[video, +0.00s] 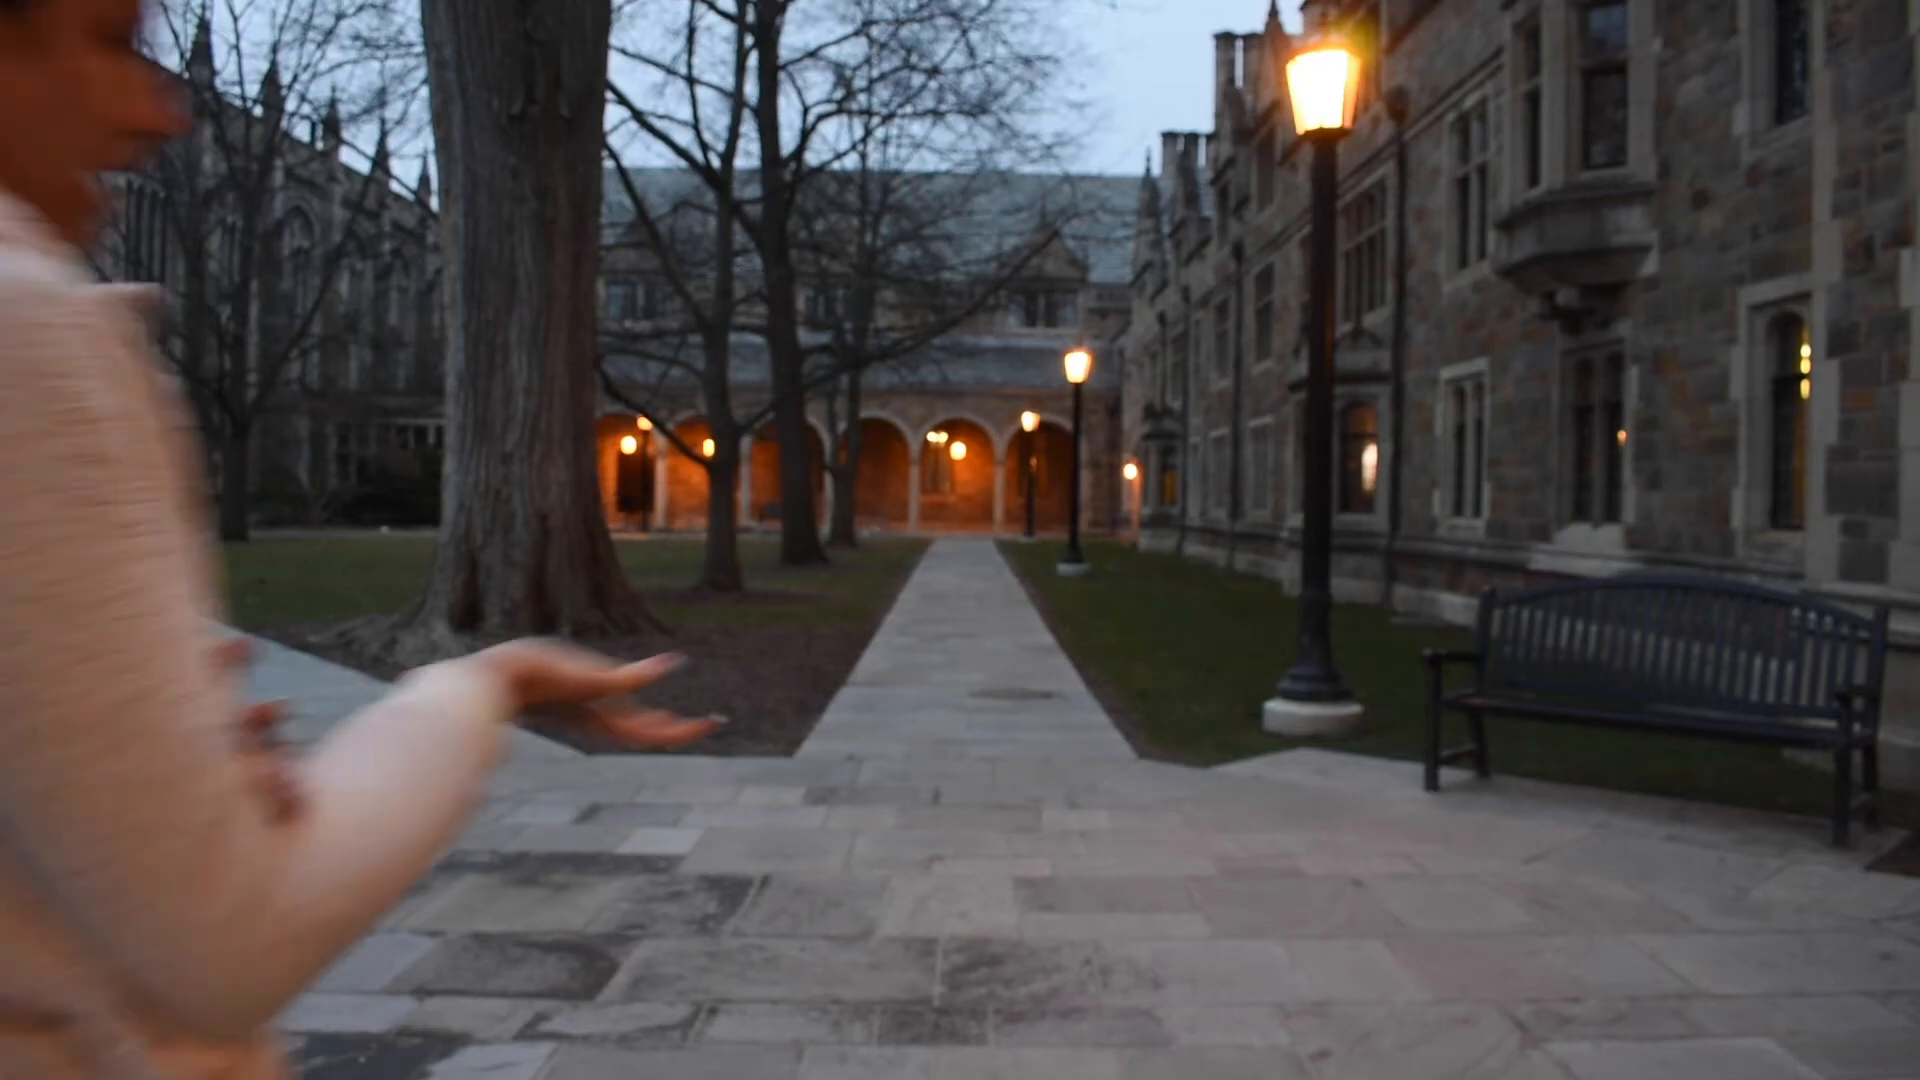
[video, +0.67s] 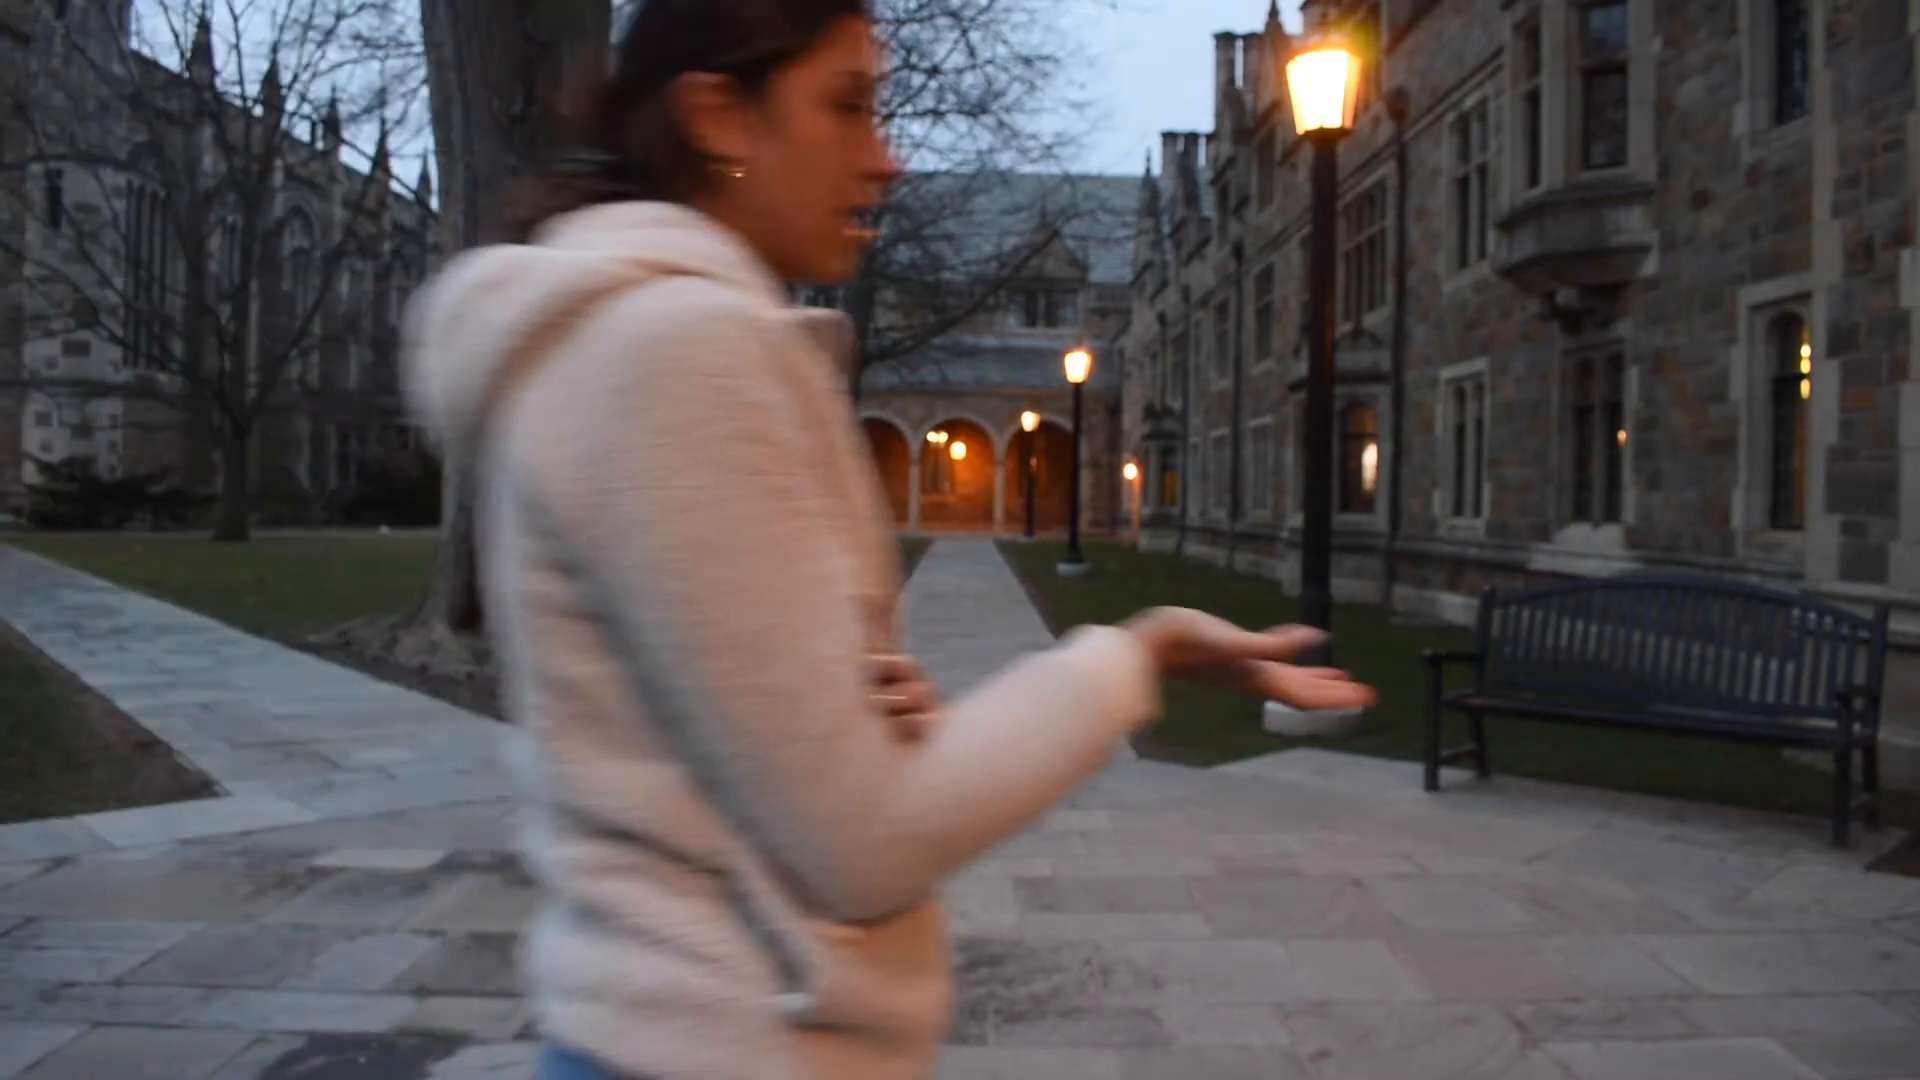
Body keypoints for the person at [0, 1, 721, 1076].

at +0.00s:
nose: (164, 107)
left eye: (143, 46)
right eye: (116, 40)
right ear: (11, 40)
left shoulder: (42, 316)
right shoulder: (32, 322)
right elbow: (222, 946)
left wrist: (170, 754)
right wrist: (483, 686)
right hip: (90, 1051)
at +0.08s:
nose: (275, 117)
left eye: (259, 60)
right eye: (235, 53)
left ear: (84, 49)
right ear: (76, 44)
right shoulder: (80, 319)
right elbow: (304, 913)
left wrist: (260, 726)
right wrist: (567, 676)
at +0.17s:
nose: (374, 127)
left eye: (365, 67)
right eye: (339, 58)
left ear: (186, 52)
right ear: (182, 46)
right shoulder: (159, 308)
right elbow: (366, 880)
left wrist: (362, 730)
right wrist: (651, 677)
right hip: (208, 1057)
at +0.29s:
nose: (519, 130)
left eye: (517, 80)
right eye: (477, 68)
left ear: (335, 69)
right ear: (322, 63)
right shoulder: (275, 322)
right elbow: (466, 862)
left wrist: (524, 720)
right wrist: (763, 672)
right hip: (322, 1042)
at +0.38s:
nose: (598, 149)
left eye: (597, 101)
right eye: (560, 90)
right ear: (410, 92)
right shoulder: (364, 335)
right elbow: (555, 867)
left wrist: (624, 720)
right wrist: (847, 673)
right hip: (419, 1043)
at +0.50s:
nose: (723, 156)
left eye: (714, 106)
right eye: (685, 102)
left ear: (554, 121)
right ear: (545, 113)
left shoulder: (505, 333)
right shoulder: (504, 351)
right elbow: (690, 862)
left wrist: (747, 717)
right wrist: (984, 674)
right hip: (577, 1045)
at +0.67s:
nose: (888, 160)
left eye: (879, 111)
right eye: (851, 107)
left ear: (721, 124)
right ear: (716, 116)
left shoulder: (633, 329)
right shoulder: (681, 346)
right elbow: (859, 844)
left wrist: (876, 708)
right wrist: (1131, 655)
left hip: (663, 1023)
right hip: (743, 1045)